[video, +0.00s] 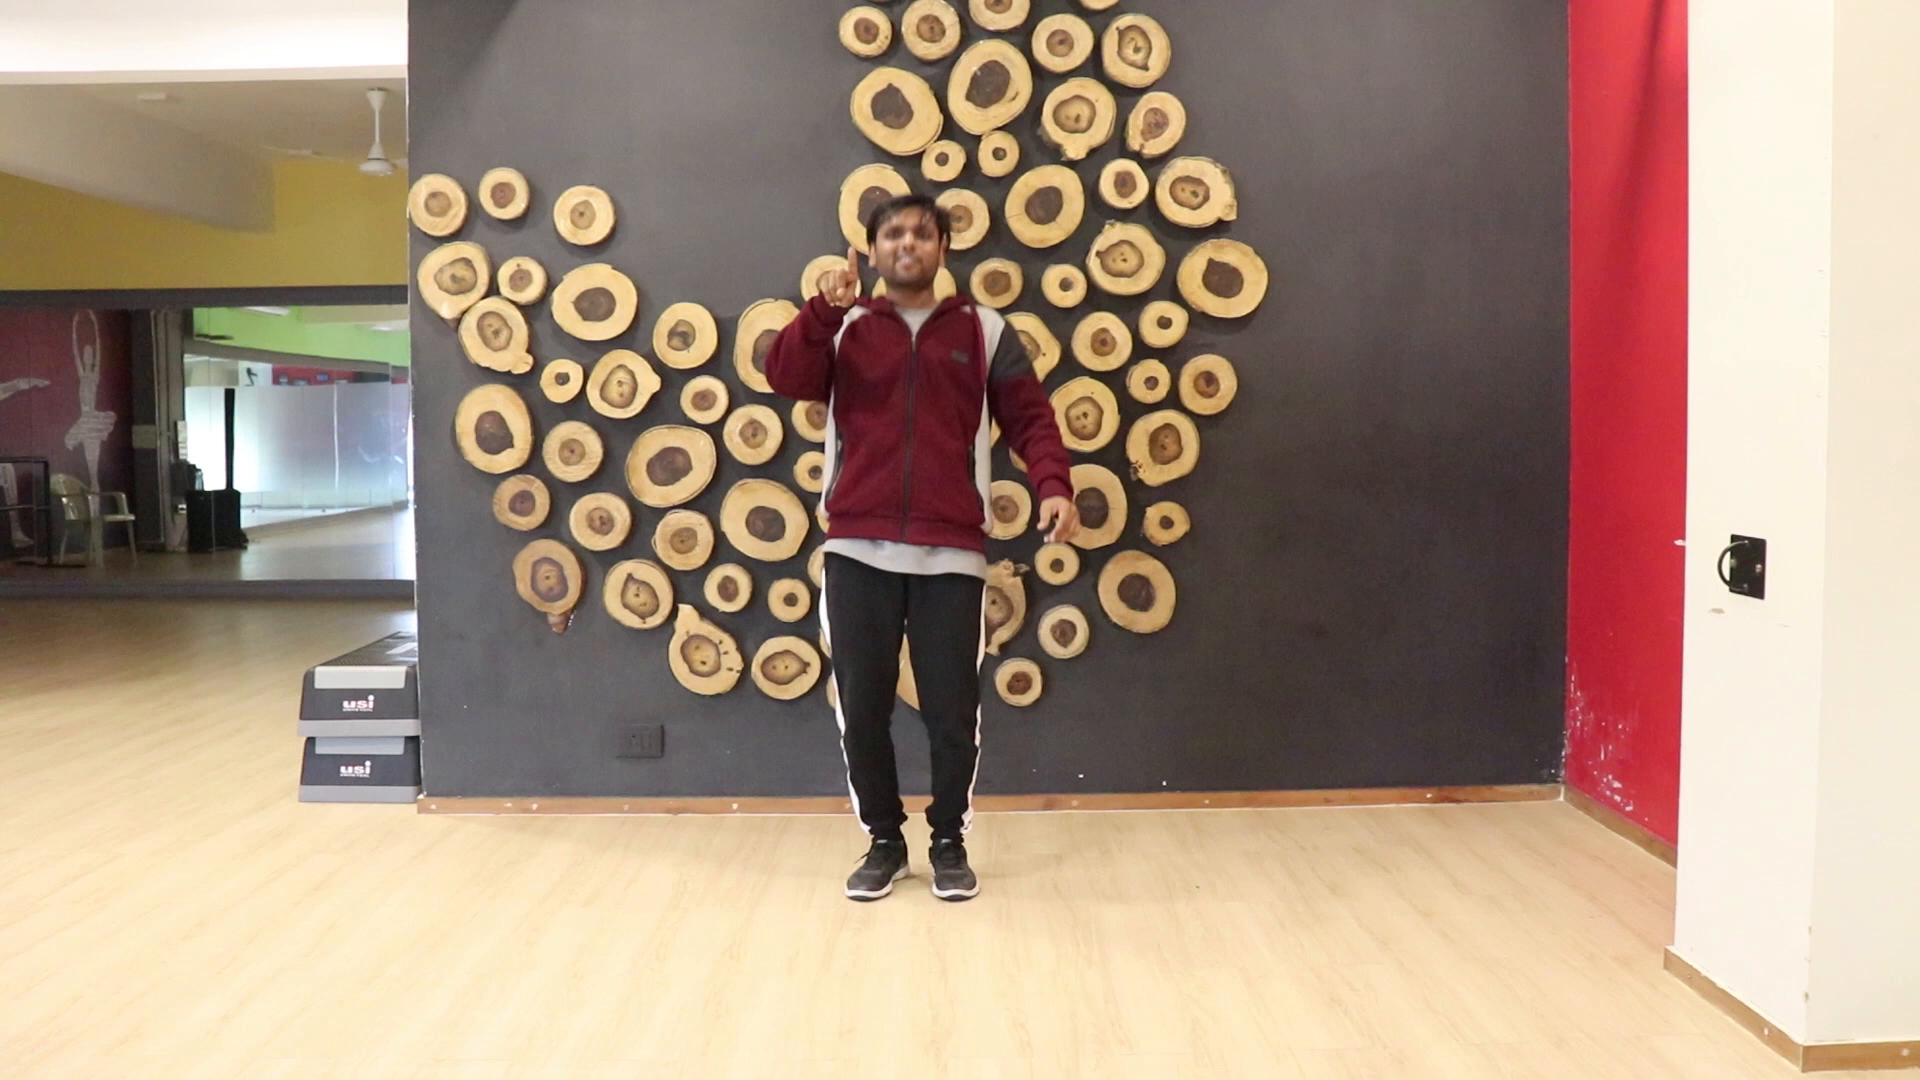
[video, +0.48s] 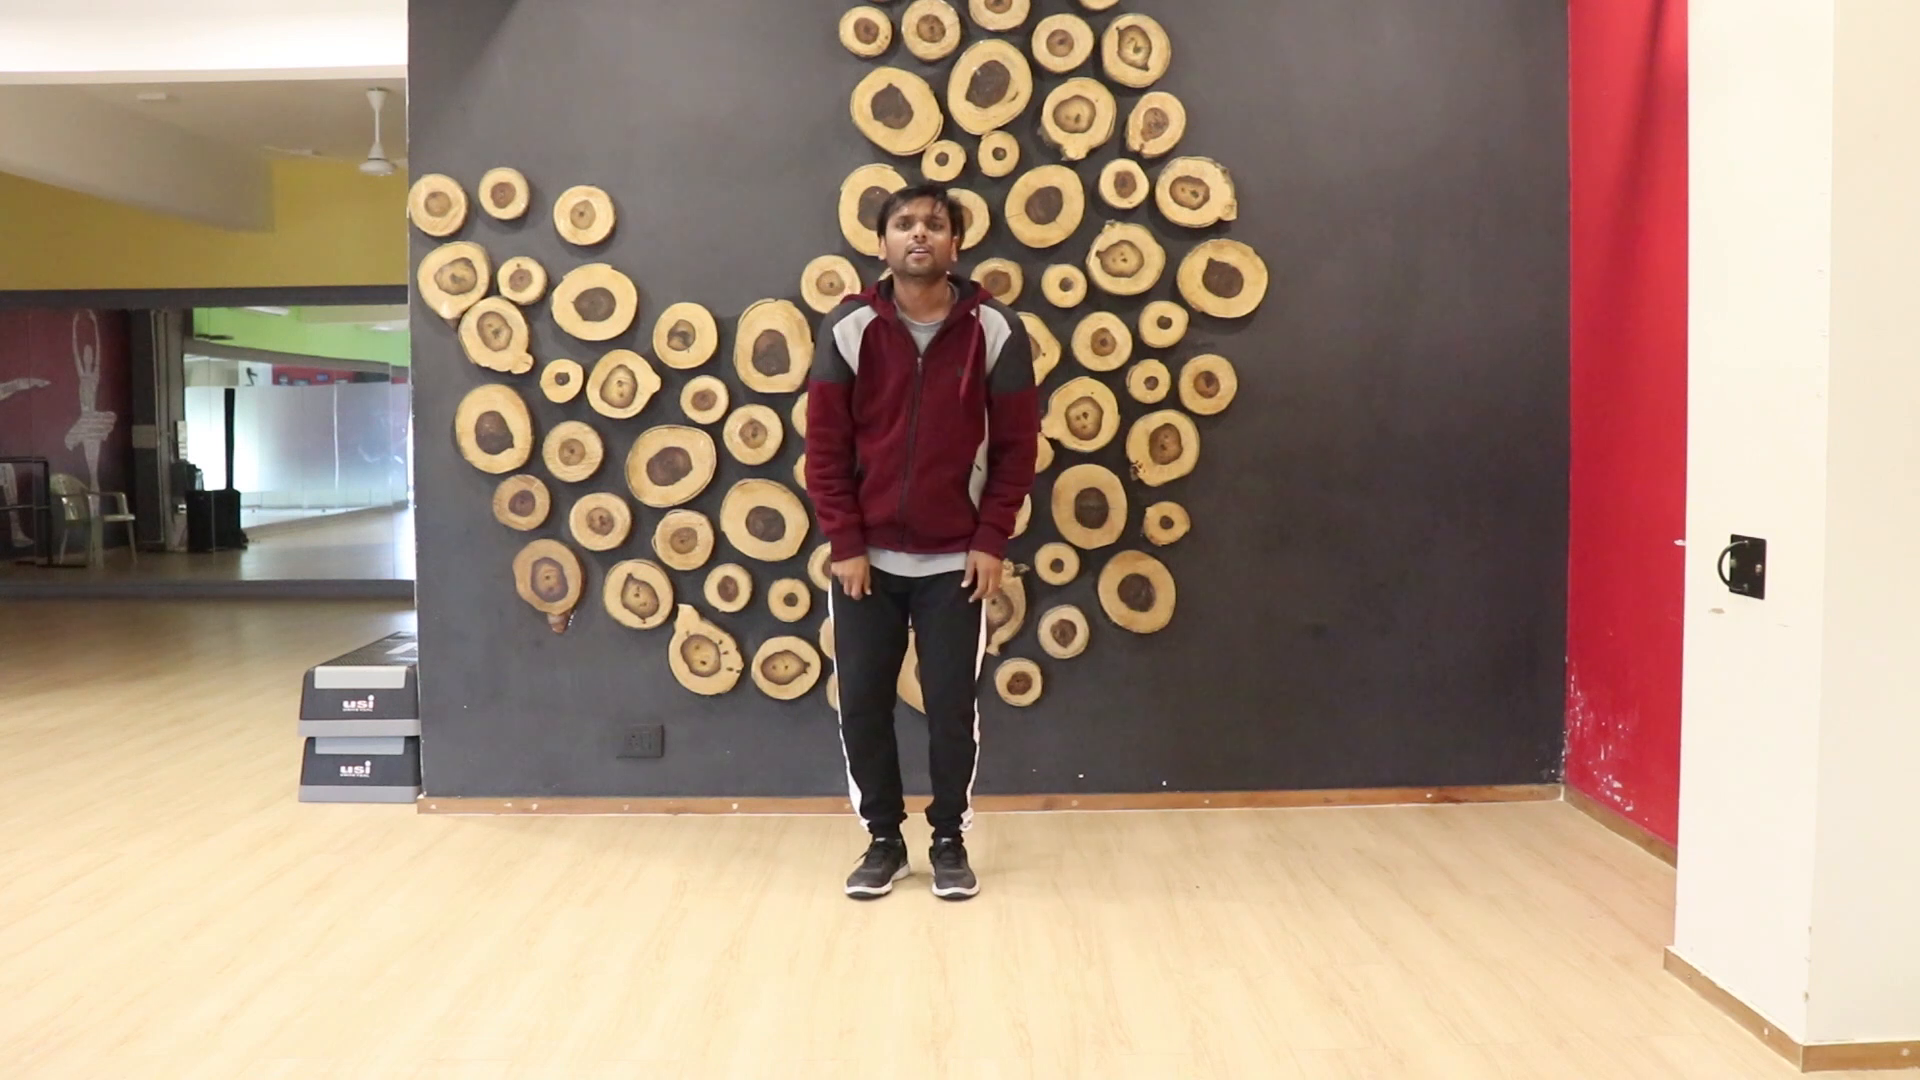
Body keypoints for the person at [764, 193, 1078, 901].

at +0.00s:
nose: (909, 244)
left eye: (921, 233)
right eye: (894, 234)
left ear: (942, 248)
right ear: (872, 252)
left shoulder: (982, 329)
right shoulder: (843, 326)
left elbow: (1029, 417)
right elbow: (787, 377)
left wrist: (1053, 487)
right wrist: (821, 309)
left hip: (949, 545)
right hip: (857, 542)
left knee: (952, 706)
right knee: (861, 706)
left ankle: (949, 843)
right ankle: (883, 843)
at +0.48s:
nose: (920, 235)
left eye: (934, 225)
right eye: (905, 224)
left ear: (955, 244)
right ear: (883, 244)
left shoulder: (995, 331)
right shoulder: (847, 330)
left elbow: (1016, 445)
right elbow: (825, 446)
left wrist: (992, 540)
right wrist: (844, 543)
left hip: (953, 557)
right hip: (866, 555)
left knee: (951, 705)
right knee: (860, 704)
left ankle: (949, 841)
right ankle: (882, 841)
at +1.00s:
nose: (945, 275)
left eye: (955, 262)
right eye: (928, 263)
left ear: (970, 271)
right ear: (899, 276)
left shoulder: (1010, 343)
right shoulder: (874, 363)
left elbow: (1043, 422)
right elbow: (848, 474)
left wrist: (1039, 473)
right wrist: (890, 471)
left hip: (990, 546)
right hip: (912, 541)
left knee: (990, 695)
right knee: (973, 664)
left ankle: (958, 836)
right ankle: (927, 806)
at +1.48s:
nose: (950, 288)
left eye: (959, 275)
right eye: (934, 276)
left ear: (970, 278)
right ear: (899, 282)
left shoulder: (998, 348)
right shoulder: (863, 367)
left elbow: (1039, 441)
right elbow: (816, 466)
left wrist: (988, 469)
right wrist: (848, 550)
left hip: (1019, 559)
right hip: (950, 567)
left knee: (1070, 695)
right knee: (1016, 706)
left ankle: (985, 827)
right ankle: (951, 851)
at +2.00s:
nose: (965, 281)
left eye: (980, 269)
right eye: (952, 265)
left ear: (998, 279)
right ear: (925, 271)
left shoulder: (1024, 355)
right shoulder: (887, 355)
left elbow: (1070, 463)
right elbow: (877, 470)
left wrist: (1065, 583)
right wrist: (895, 565)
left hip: (987, 564)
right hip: (907, 561)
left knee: (958, 697)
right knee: (901, 704)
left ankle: (990, 848)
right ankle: (920, 846)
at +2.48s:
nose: (1014, 262)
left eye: (1028, 253)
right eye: (1000, 251)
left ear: (1048, 270)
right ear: (974, 265)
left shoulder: (1072, 357)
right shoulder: (933, 348)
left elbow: (1088, 466)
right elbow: (873, 453)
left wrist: (1075, 566)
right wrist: (800, 538)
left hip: (1006, 571)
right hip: (918, 556)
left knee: (972, 710)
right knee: (873, 695)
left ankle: (990, 856)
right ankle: (821, 849)